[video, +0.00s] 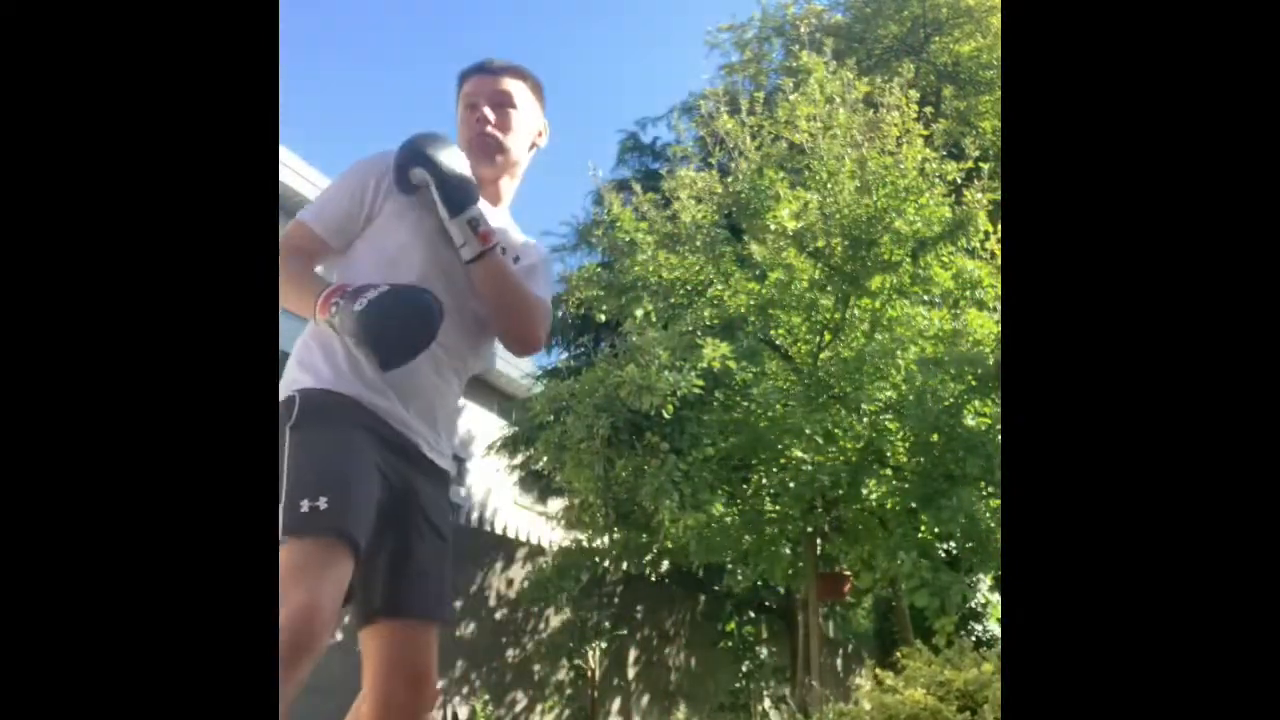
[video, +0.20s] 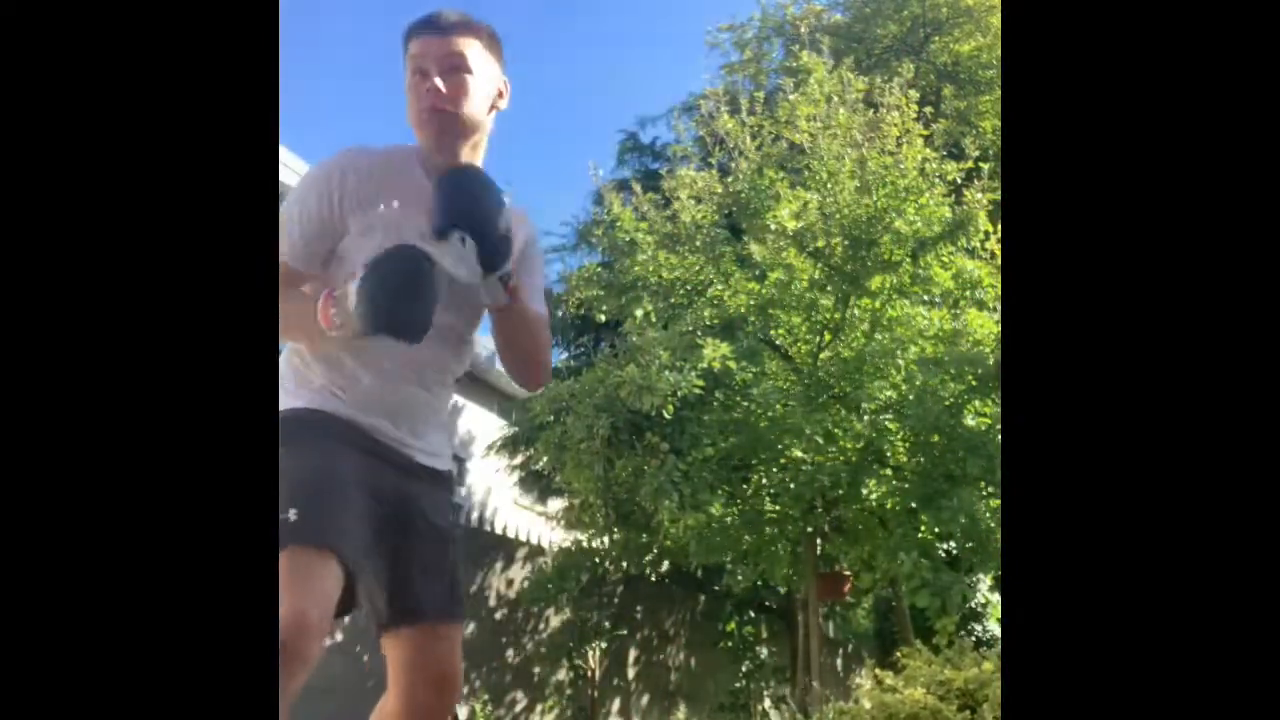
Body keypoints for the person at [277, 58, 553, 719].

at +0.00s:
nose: (484, 113)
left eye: (504, 105)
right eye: (472, 105)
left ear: (539, 137)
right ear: (455, 123)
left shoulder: (527, 252)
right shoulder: (393, 172)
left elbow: (529, 336)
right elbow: (286, 256)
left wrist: (473, 226)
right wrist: (337, 303)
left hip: (428, 451)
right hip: (338, 396)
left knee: (406, 694)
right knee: (304, 621)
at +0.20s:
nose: (436, 88)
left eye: (456, 72)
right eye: (420, 74)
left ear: (499, 95)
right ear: (406, 88)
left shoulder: (511, 223)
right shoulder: (350, 174)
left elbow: (532, 371)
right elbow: (277, 293)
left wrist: (497, 272)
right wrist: (345, 312)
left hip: (424, 452)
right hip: (322, 415)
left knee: (431, 687)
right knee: (297, 627)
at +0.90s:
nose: (499, 122)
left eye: (517, 106)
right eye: (483, 111)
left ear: (555, 122)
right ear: (467, 125)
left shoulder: (574, 236)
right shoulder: (425, 197)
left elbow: (569, 326)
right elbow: (331, 304)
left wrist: (521, 206)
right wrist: (393, 218)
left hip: (498, 457)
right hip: (403, 421)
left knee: (493, 693)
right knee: (371, 631)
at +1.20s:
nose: (456, 98)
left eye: (474, 79)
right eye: (439, 82)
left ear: (509, 86)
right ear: (420, 99)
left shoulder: (569, 186)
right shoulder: (405, 183)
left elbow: (564, 278)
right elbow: (372, 299)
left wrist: (508, 155)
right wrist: (406, 156)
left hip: (529, 459)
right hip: (419, 438)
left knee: (595, 691)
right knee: (362, 638)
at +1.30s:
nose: (492, 100)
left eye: (508, 82)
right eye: (475, 90)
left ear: (553, 92)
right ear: (459, 106)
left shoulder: (595, 206)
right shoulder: (430, 194)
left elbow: (610, 330)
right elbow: (369, 347)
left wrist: (549, 215)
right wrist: (422, 237)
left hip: (544, 462)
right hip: (436, 439)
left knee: (618, 696)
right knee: (377, 642)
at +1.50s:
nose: (579, 129)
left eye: (597, 114)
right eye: (564, 121)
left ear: (635, 133)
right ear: (552, 142)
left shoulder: (660, 252)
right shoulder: (511, 223)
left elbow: (678, 362)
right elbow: (409, 337)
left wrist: (619, 270)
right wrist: (464, 268)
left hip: (591, 469)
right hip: (492, 439)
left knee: (642, 691)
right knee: (432, 642)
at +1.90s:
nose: (590, 151)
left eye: (608, 131)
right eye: (575, 133)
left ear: (635, 130)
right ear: (549, 136)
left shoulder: (677, 221)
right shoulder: (531, 212)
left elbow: (662, 285)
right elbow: (493, 301)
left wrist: (622, 159)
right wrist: (522, 178)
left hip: (641, 473)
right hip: (537, 456)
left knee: (724, 697)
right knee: (492, 643)